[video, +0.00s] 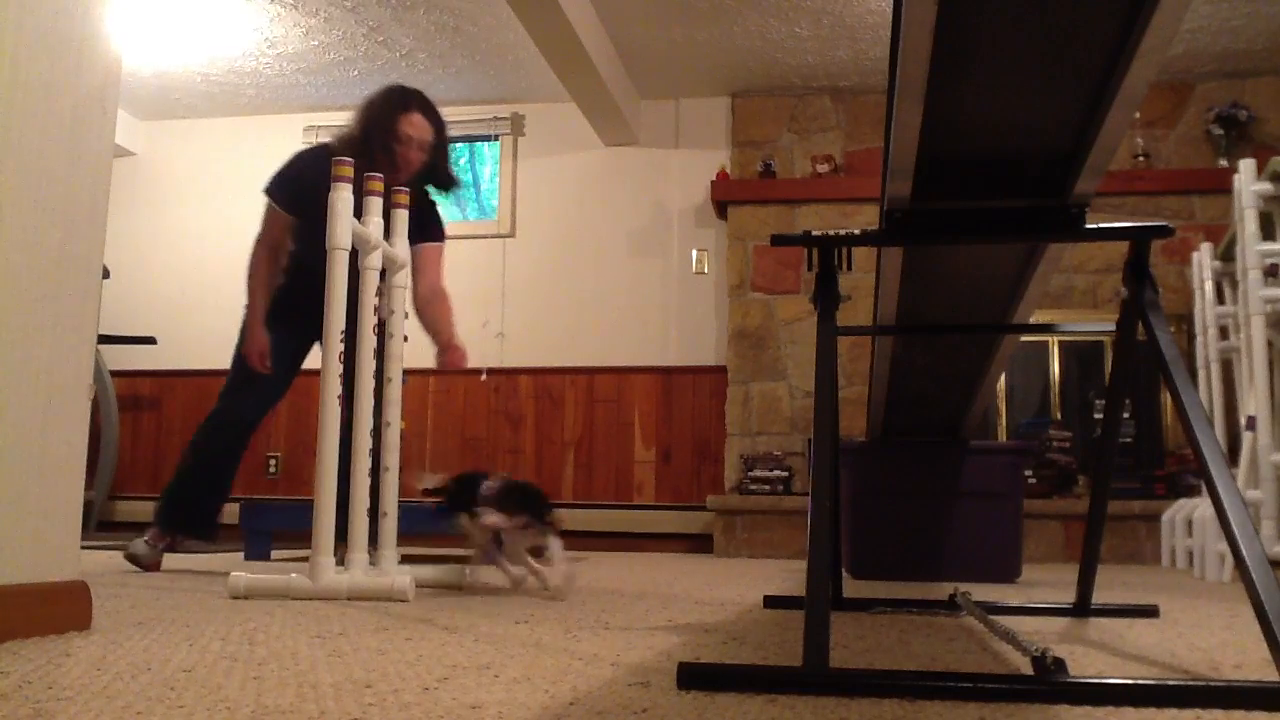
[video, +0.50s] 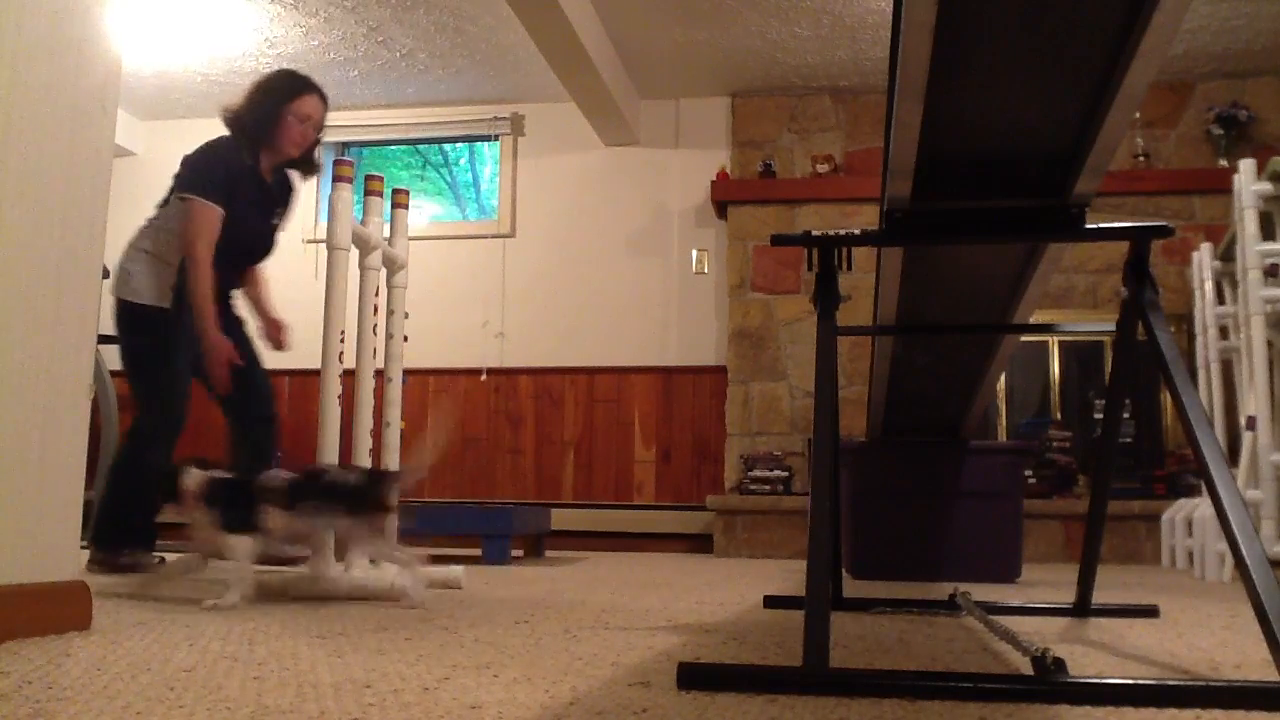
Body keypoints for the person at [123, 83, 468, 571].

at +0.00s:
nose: (413, 156)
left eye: (424, 147)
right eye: (404, 142)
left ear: (433, 151)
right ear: (377, 135)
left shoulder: (417, 206)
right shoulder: (317, 168)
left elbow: (430, 286)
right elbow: (269, 245)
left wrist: (446, 338)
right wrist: (256, 322)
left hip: (365, 310)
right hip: (298, 298)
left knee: (369, 422)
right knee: (240, 407)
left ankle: (356, 542)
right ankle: (170, 526)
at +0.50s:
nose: (308, 134)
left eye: (315, 126)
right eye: (300, 119)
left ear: (315, 134)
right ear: (270, 114)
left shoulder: (280, 187)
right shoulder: (220, 159)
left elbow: (246, 256)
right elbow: (197, 252)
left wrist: (266, 312)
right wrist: (210, 334)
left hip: (208, 297)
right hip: (151, 293)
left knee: (254, 403)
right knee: (163, 412)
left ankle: (240, 527)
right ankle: (117, 542)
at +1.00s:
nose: (285, 176)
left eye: (287, 166)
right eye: (284, 166)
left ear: (235, 151)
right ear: (271, 164)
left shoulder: (184, 186)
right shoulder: (259, 208)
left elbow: (146, 251)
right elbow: (265, 294)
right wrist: (285, 347)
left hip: (122, 306)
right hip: (177, 318)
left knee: (153, 420)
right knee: (186, 421)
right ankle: (138, 525)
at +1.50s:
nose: (297, 211)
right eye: (296, 203)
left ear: (243, 182)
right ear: (290, 198)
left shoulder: (195, 207)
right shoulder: (283, 233)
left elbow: (172, 264)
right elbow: (266, 297)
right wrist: (244, 335)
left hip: (163, 321)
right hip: (227, 329)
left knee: (163, 432)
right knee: (234, 433)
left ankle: (160, 539)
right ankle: (233, 540)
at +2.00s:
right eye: (321, 227)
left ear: (273, 204)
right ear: (317, 222)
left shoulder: (229, 221)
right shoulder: (313, 249)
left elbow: (189, 288)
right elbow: (293, 323)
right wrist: (280, 401)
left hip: (189, 319)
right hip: (252, 328)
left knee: (176, 425)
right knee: (247, 434)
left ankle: (162, 538)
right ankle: (233, 543)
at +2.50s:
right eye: (337, 235)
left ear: (293, 206)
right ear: (330, 225)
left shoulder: (243, 222)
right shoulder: (322, 252)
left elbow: (199, 281)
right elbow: (306, 335)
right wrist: (304, 409)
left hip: (194, 313)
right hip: (257, 327)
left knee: (180, 423)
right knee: (249, 434)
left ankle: (164, 533)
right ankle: (233, 543)